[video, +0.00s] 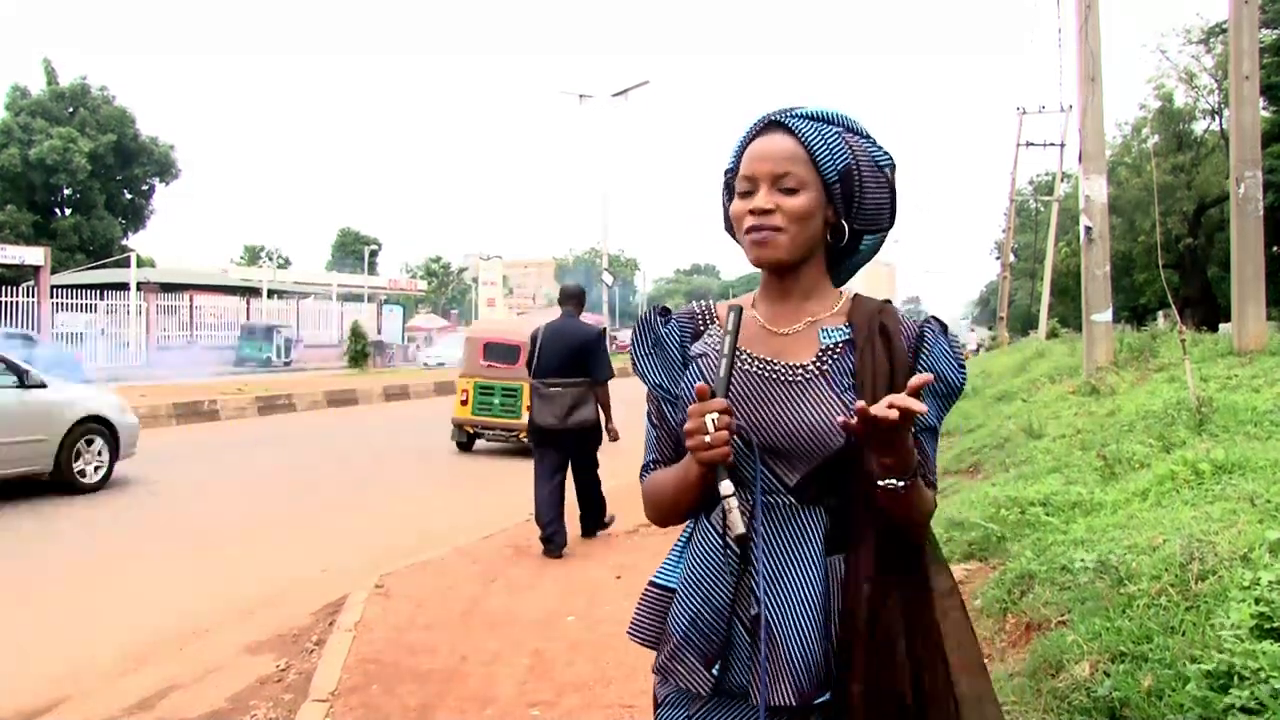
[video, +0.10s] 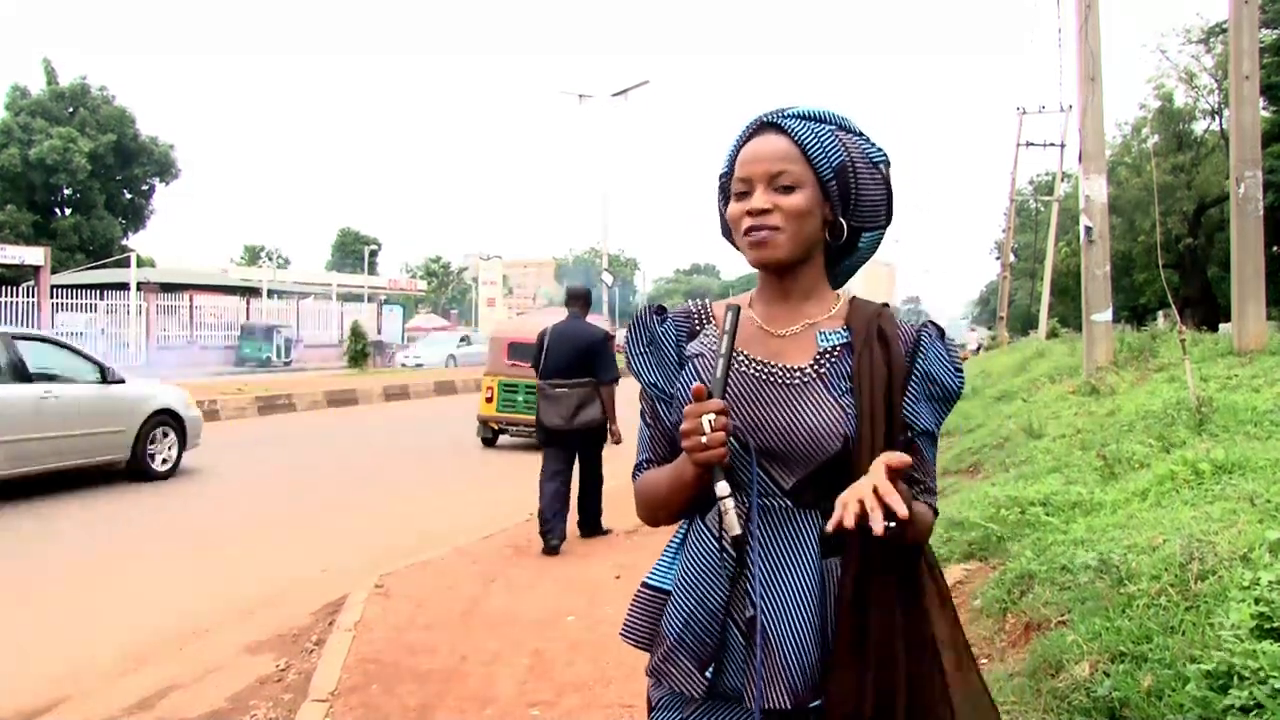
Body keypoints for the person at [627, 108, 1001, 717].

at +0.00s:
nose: (760, 204)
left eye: (787, 187)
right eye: (746, 189)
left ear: (834, 209)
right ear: (731, 209)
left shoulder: (891, 340)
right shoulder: (691, 337)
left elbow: (916, 518)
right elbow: (658, 507)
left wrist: (889, 449)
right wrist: (696, 462)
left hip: (846, 632)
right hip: (715, 626)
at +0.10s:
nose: (757, 205)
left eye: (784, 187)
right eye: (741, 191)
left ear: (832, 207)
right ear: (727, 212)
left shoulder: (892, 346)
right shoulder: (685, 336)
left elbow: (921, 519)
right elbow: (649, 507)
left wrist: (884, 491)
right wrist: (691, 463)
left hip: (840, 638)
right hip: (709, 632)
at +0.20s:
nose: (753, 204)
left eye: (780, 184)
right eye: (736, 191)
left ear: (828, 203)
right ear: (722, 214)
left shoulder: (894, 348)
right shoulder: (680, 339)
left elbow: (930, 513)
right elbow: (642, 506)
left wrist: (882, 512)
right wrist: (689, 465)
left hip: (847, 645)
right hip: (710, 641)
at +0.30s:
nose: (749, 208)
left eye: (776, 186)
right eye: (732, 194)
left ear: (824, 203)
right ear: (718, 218)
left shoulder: (893, 349)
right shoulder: (675, 341)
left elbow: (932, 508)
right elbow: (638, 510)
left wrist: (854, 510)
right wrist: (690, 467)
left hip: (852, 640)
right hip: (711, 638)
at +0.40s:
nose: (746, 211)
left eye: (771, 189)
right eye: (728, 197)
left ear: (819, 203)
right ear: (712, 219)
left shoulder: (886, 349)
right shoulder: (674, 340)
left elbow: (921, 506)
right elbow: (634, 515)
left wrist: (847, 513)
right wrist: (697, 465)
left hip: (844, 643)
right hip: (708, 641)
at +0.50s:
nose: (742, 216)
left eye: (767, 193)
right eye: (723, 202)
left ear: (815, 206)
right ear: (709, 222)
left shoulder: (881, 346)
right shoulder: (667, 342)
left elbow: (918, 503)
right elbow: (631, 515)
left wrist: (855, 512)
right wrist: (706, 462)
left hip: (849, 628)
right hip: (710, 629)